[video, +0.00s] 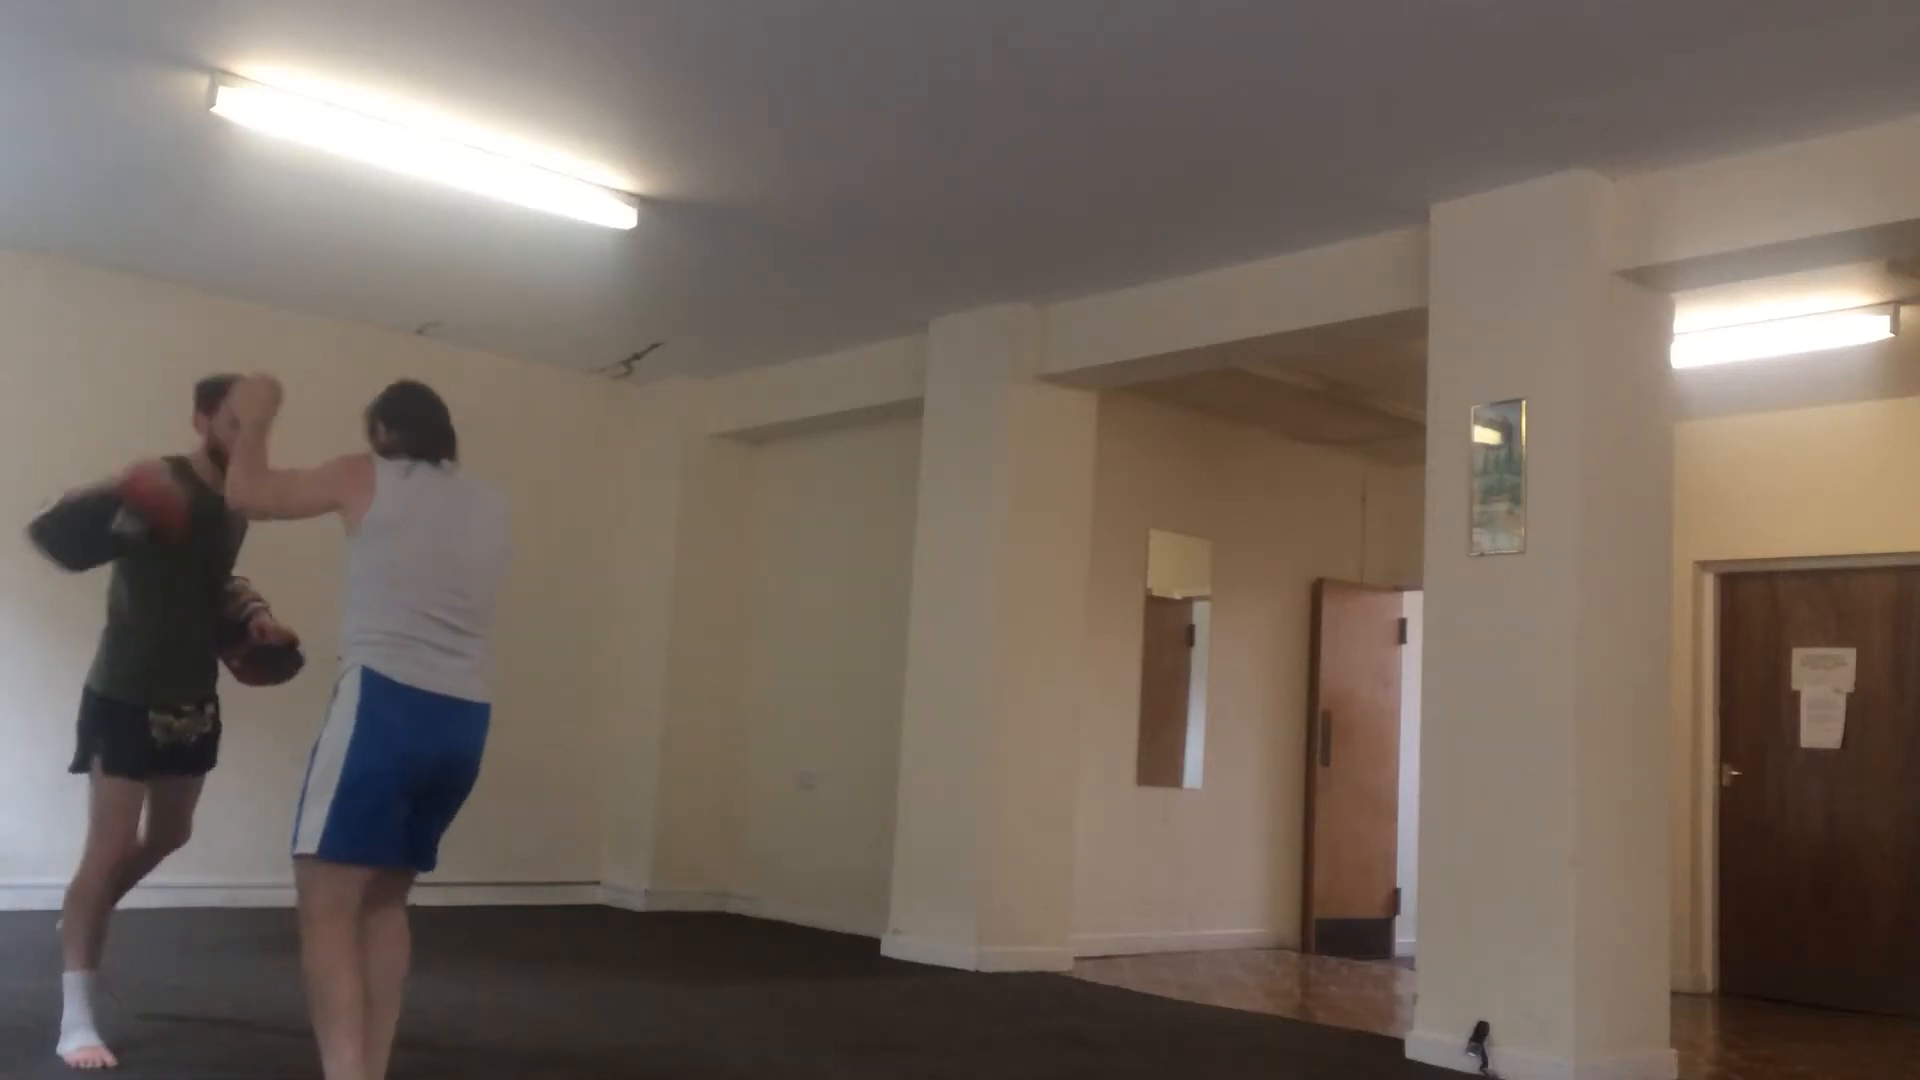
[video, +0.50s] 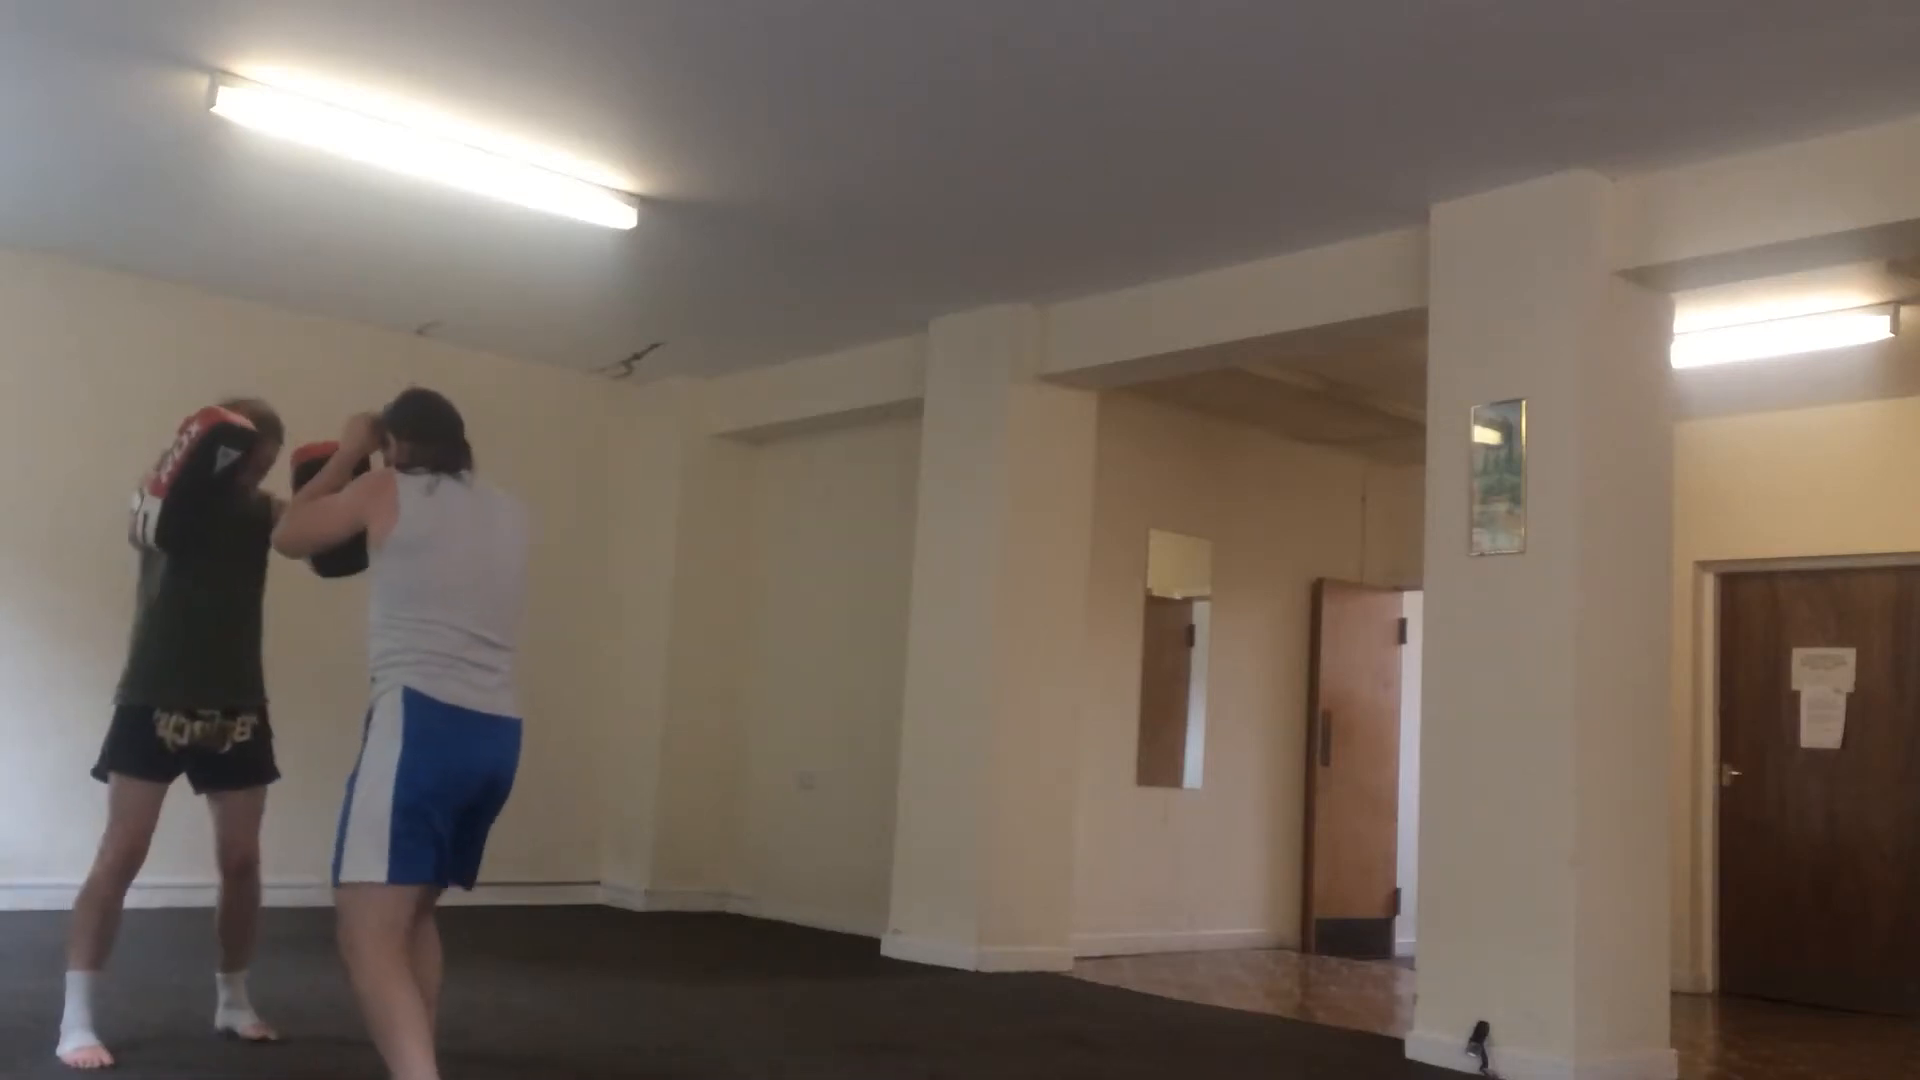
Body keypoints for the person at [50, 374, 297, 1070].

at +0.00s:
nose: (251, 438)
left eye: (258, 427)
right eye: (239, 424)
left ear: (258, 430)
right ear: (203, 421)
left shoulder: (237, 501)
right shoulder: (158, 484)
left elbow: (211, 580)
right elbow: (57, 534)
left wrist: (251, 614)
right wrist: (125, 511)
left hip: (193, 692)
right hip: (126, 690)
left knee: (170, 833)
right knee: (111, 849)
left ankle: (90, 910)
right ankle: (75, 1018)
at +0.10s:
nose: (243, 440)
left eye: (252, 430)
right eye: (232, 426)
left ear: (256, 432)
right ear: (194, 421)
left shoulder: (237, 501)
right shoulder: (141, 480)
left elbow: (238, 594)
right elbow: (47, 542)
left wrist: (281, 610)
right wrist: (106, 523)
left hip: (197, 693)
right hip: (127, 692)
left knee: (180, 842)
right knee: (107, 857)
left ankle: (91, 915)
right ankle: (76, 1019)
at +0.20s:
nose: (232, 451)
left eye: (244, 441)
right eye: (224, 435)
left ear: (250, 441)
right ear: (189, 422)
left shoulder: (240, 502)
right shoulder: (133, 478)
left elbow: (279, 580)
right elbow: (62, 557)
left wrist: (320, 568)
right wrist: (112, 522)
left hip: (202, 694)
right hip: (127, 692)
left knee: (195, 849)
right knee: (106, 857)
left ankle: (126, 951)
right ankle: (75, 1017)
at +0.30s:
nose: (234, 461)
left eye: (246, 452)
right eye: (229, 446)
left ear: (249, 450)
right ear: (199, 427)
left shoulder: (241, 498)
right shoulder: (136, 478)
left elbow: (297, 562)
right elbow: (106, 547)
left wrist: (324, 500)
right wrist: (152, 471)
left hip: (208, 689)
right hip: (130, 688)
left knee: (213, 853)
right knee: (108, 855)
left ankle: (190, 976)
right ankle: (76, 1019)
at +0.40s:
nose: (244, 461)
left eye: (253, 454)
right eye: (238, 449)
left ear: (255, 455)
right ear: (207, 436)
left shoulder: (248, 499)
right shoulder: (149, 482)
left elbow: (313, 542)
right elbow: (156, 485)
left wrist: (328, 481)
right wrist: (181, 455)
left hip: (221, 691)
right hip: (140, 692)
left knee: (230, 853)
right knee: (110, 857)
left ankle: (227, 992)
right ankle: (76, 1020)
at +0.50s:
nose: (251, 466)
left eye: (260, 457)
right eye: (242, 452)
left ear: (269, 462)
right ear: (211, 444)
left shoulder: (262, 512)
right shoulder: (159, 504)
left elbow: (335, 554)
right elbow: (168, 524)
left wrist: (339, 488)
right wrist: (195, 456)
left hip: (235, 703)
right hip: (155, 700)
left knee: (241, 861)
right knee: (120, 857)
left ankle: (234, 1001)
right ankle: (76, 1021)